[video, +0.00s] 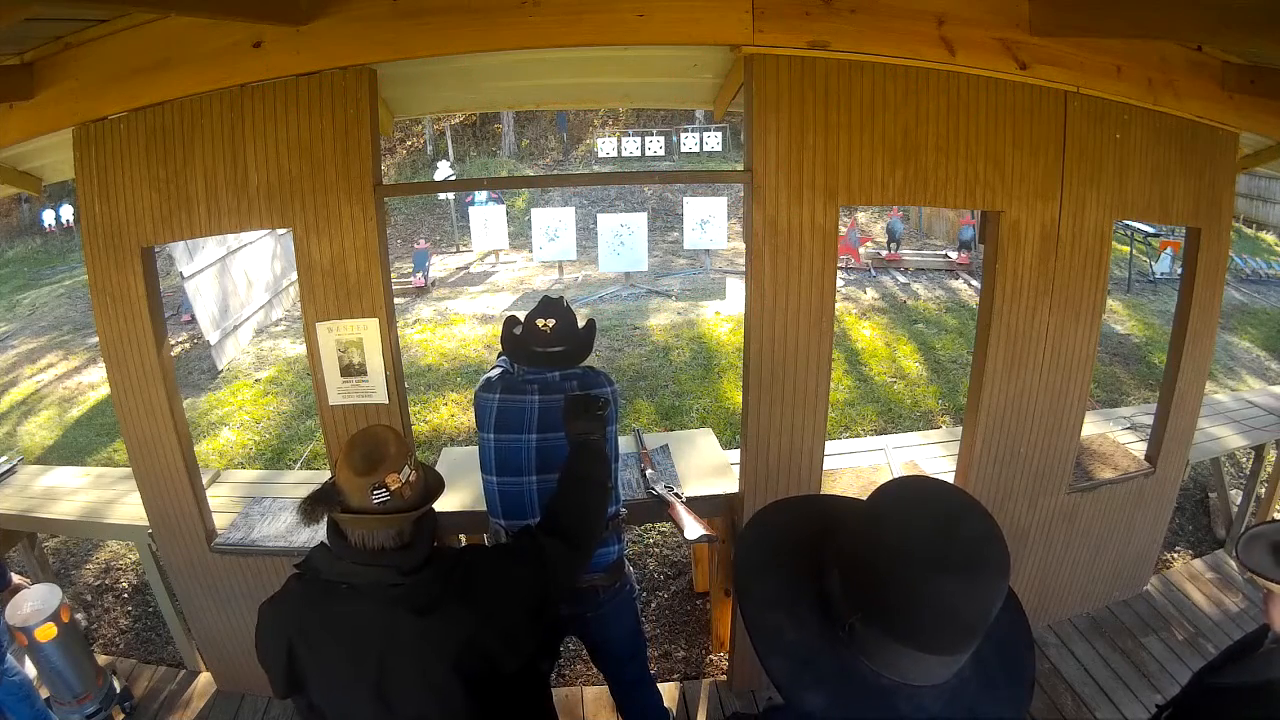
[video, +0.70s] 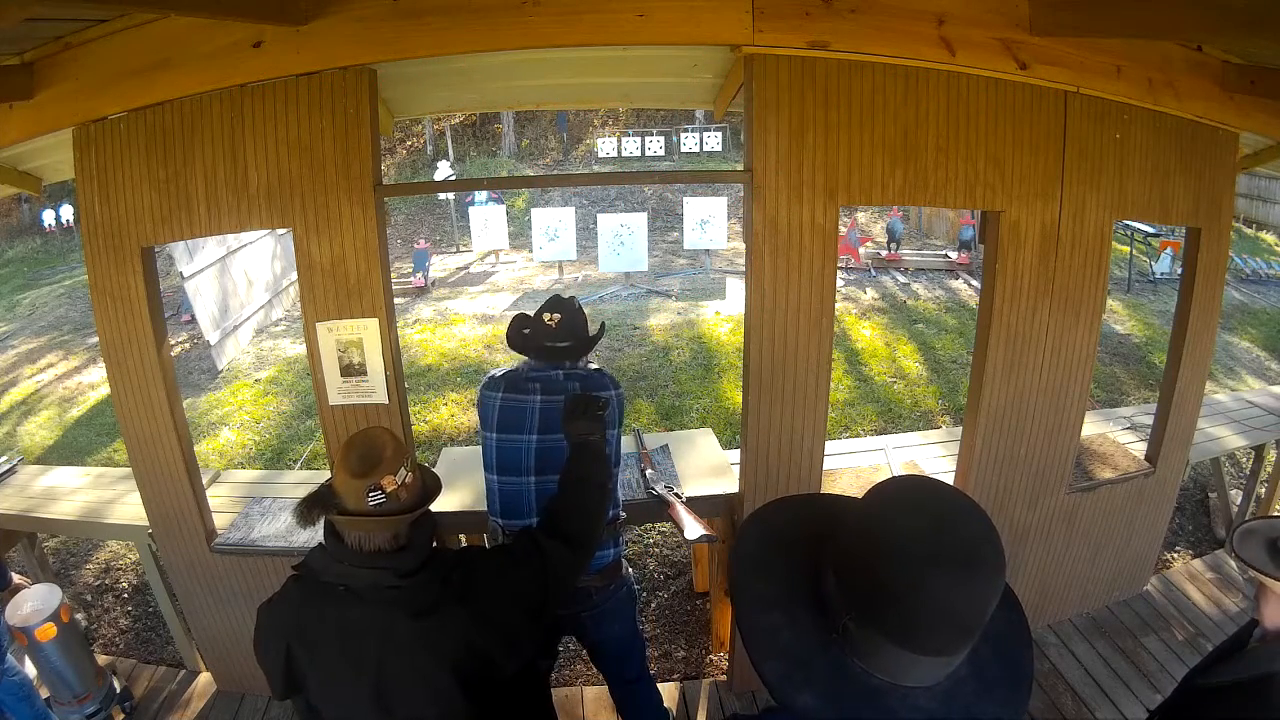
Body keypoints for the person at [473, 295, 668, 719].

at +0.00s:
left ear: (515, 340)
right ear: (576, 342)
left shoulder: (488, 393)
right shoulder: (599, 387)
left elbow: (507, 365)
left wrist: (519, 344)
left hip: (518, 582)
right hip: (596, 577)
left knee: (529, 691)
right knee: (634, 688)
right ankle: (653, 715)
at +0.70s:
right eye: (585, 339)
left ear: (529, 341)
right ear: (583, 345)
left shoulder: (491, 390)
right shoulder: (605, 389)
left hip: (517, 582)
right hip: (596, 576)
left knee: (528, 692)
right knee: (634, 687)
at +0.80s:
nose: (592, 355)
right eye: (591, 348)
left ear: (535, 346)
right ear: (586, 349)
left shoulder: (492, 391)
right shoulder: (608, 392)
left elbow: (457, 440)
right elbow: (634, 410)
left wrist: (512, 439)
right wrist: (590, 372)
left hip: (517, 579)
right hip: (597, 575)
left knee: (527, 691)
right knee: (633, 683)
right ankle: (653, 717)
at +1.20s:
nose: (606, 369)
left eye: (606, 361)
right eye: (606, 361)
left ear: (552, 351)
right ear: (596, 358)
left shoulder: (496, 390)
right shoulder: (621, 395)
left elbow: (452, 443)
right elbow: (690, 445)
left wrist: (498, 493)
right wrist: (643, 455)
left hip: (520, 578)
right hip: (602, 572)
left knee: (527, 694)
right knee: (633, 683)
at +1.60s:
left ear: (532, 344)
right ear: (589, 347)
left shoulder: (489, 397)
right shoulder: (617, 394)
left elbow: (432, 459)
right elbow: (662, 467)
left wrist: (492, 460)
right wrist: (613, 468)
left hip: (523, 585)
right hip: (604, 577)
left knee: (528, 695)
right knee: (635, 686)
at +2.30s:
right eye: (585, 337)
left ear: (529, 340)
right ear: (583, 344)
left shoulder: (495, 392)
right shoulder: (606, 388)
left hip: (524, 584)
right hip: (601, 577)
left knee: (529, 695)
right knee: (636, 688)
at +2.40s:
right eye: (585, 334)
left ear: (525, 339)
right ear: (582, 341)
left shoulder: (494, 392)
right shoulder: (606, 387)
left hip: (524, 583)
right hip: (601, 576)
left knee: (529, 694)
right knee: (636, 688)